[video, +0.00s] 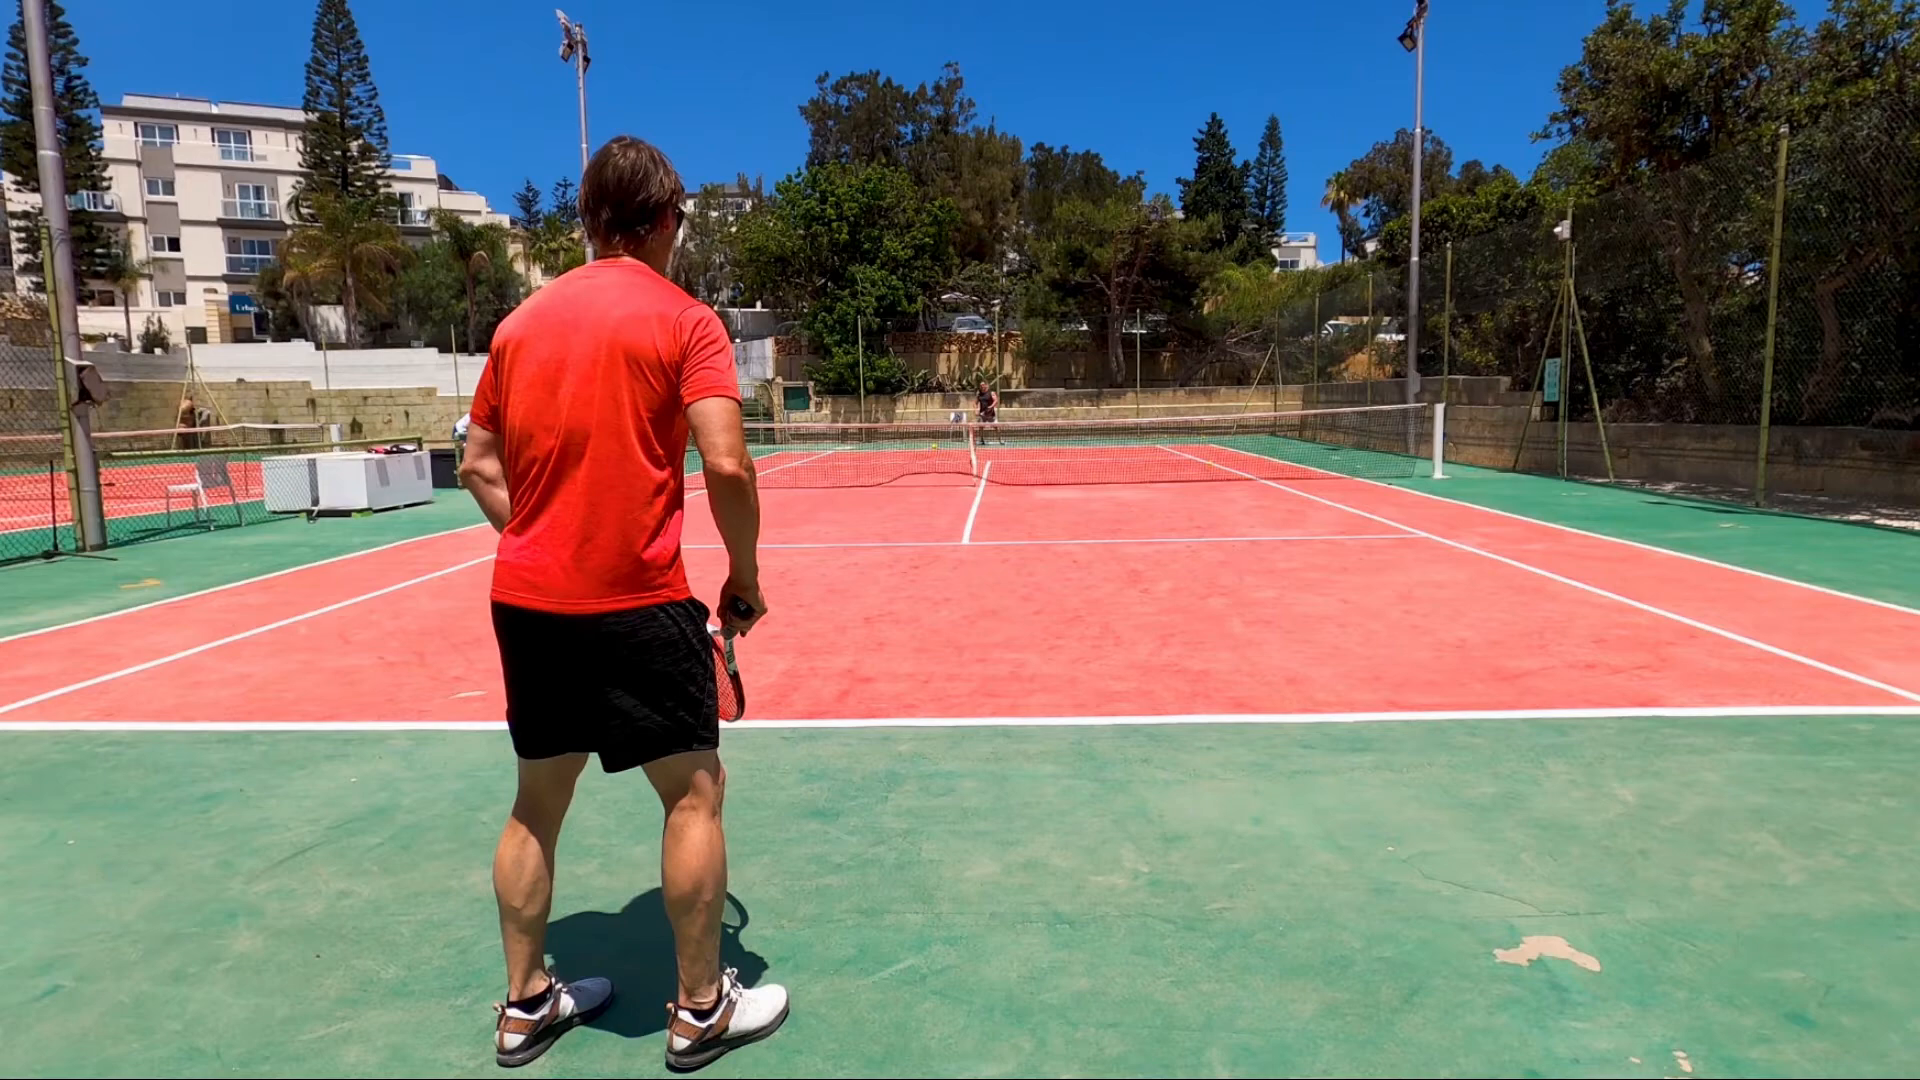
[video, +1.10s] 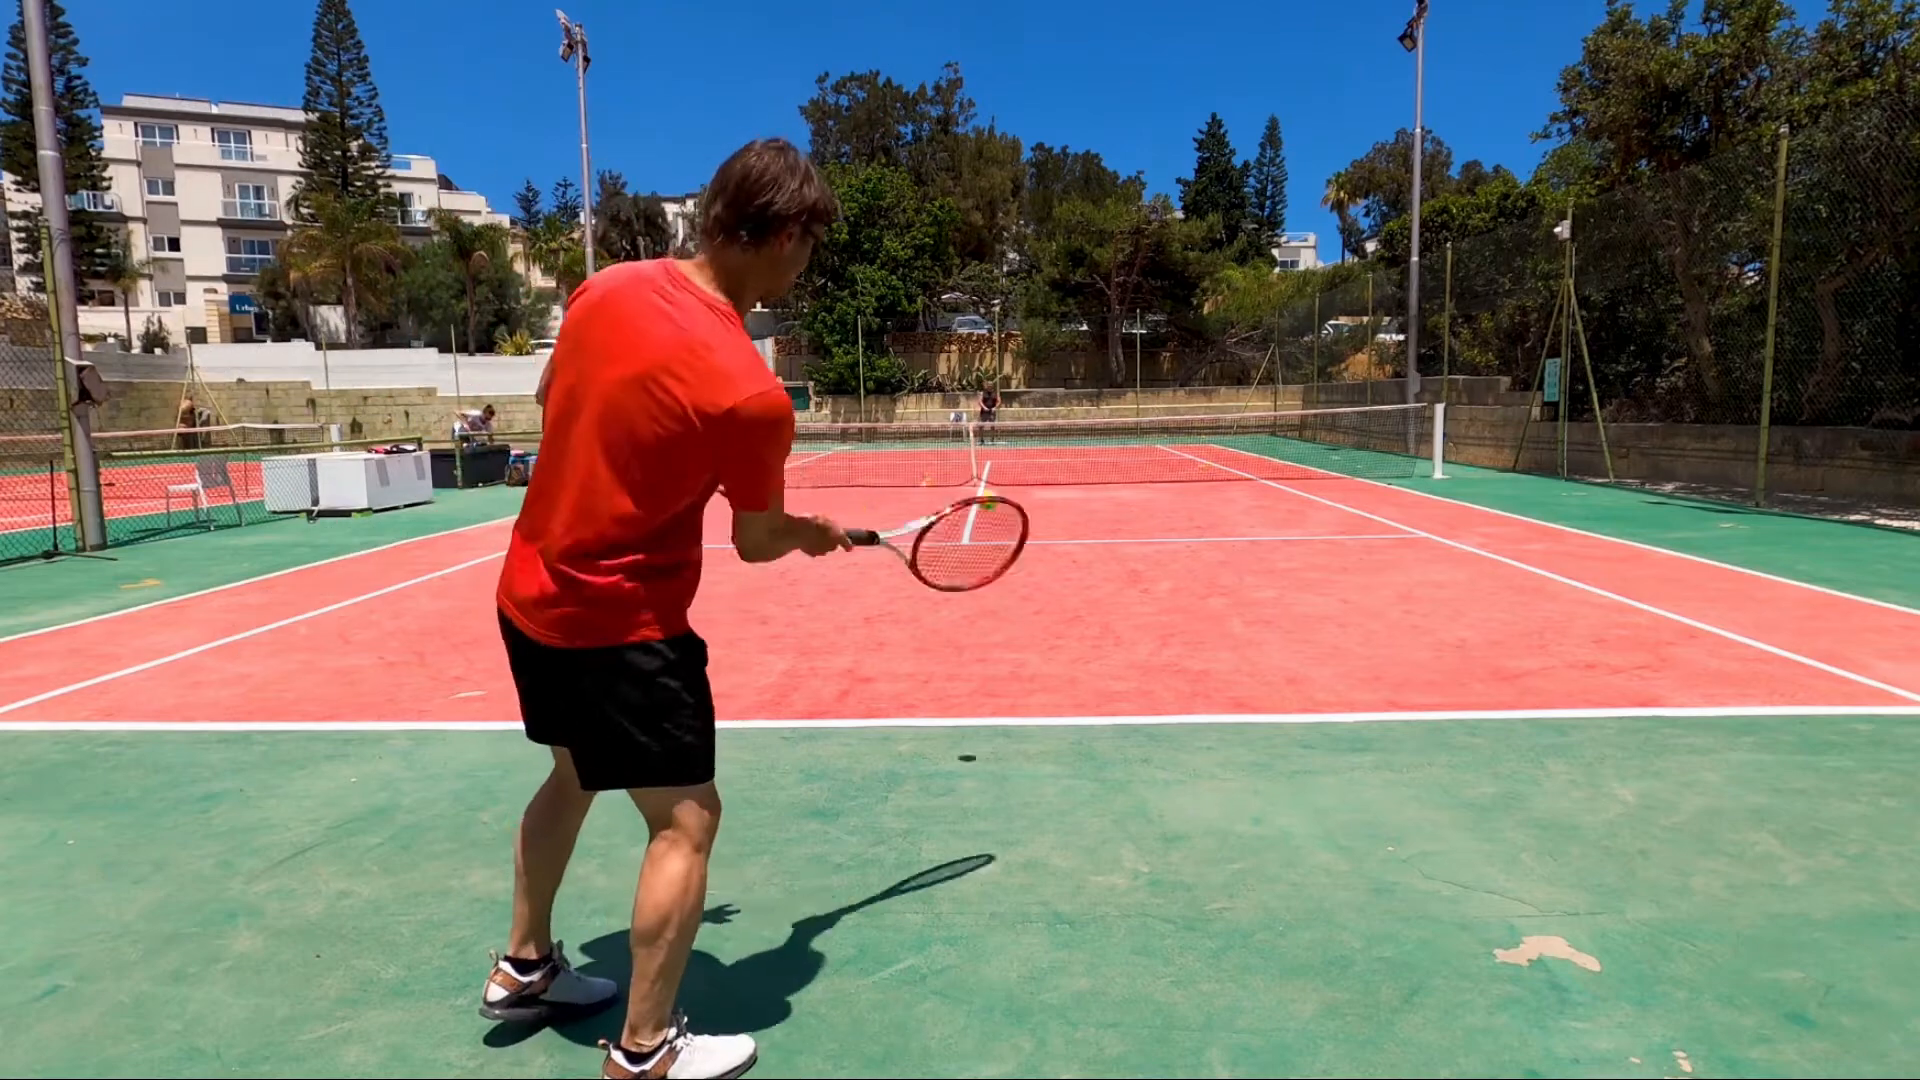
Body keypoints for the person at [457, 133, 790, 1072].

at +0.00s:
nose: (680, 234)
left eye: (678, 221)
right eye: (679, 220)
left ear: (587, 220)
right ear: (665, 221)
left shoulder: (524, 320)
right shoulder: (686, 318)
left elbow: (479, 462)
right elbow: (726, 466)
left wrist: (540, 544)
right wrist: (745, 572)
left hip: (529, 601)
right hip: (641, 601)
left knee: (536, 799)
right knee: (693, 793)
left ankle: (523, 1002)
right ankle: (700, 1006)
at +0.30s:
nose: (692, 229)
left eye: (691, 211)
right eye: (688, 210)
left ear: (603, 212)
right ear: (658, 208)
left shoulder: (559, 303)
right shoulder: (623, 287)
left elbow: (500, 446)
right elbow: (591, 394)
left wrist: (581, 520)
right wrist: (711, 490)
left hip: (528, 599)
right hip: (599, 606)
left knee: (554, 787)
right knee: (653, 808)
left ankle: (527, 996)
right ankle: (645, 1040)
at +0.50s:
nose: (716, 254)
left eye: (720, 235)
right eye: (714, 232)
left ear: (657, 213)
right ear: (675, 216)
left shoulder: (643, 303)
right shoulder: (596, 284)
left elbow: (614, 447)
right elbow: (476, 366)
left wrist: (665, 540)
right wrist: (571, 351)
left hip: (588, 592)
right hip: (603, 596)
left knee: (579, 788)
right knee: (652, 817)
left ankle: (529, 990)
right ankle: (642, 1042)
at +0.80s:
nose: (774, 272)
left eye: (780, 254)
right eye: (775, 250)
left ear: (718, 231)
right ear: (734, 236)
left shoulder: (683, 317)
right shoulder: (625, 320)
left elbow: (672, 419)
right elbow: (534, 419)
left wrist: (759, 461)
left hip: (605, 601)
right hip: (598, 611)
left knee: (588, 782)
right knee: (662, 817)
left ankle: (527, 987)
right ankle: (641, 1043)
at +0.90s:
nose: (788, 286)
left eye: (796, 268)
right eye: (791, 264)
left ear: (723, 235)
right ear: (753, 245)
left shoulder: (660, 306)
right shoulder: (654, 361)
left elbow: (653, 429)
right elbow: (613, 534)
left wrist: (731, 467)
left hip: (574, 600)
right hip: (599, 617)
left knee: (577, 787)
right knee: (668, 820)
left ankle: (524, 981)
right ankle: (645, 1044)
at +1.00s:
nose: (796, 284)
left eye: (803, 266)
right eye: (798, 262)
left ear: (719, 231)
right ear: (761, 247)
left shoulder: (625, 298)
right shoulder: (703, 400)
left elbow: (600, 431)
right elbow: (705, 571)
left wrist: (705, 478)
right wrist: (810, 638)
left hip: (542, 590)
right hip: (609, 619)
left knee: (583, 776)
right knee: (676, 819)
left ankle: (526, 971)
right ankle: (644, 1044)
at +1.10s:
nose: (803, 270)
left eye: (811, 251)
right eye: (806, 248)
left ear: (715, 218)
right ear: (773, 238)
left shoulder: (603, 290)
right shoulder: (747, 391)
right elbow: (758, 542)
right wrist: (811, 530)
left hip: (531, 596)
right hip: (628, 623)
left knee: (571, 774)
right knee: (684, 821)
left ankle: (524, 961)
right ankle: (645, 1043)